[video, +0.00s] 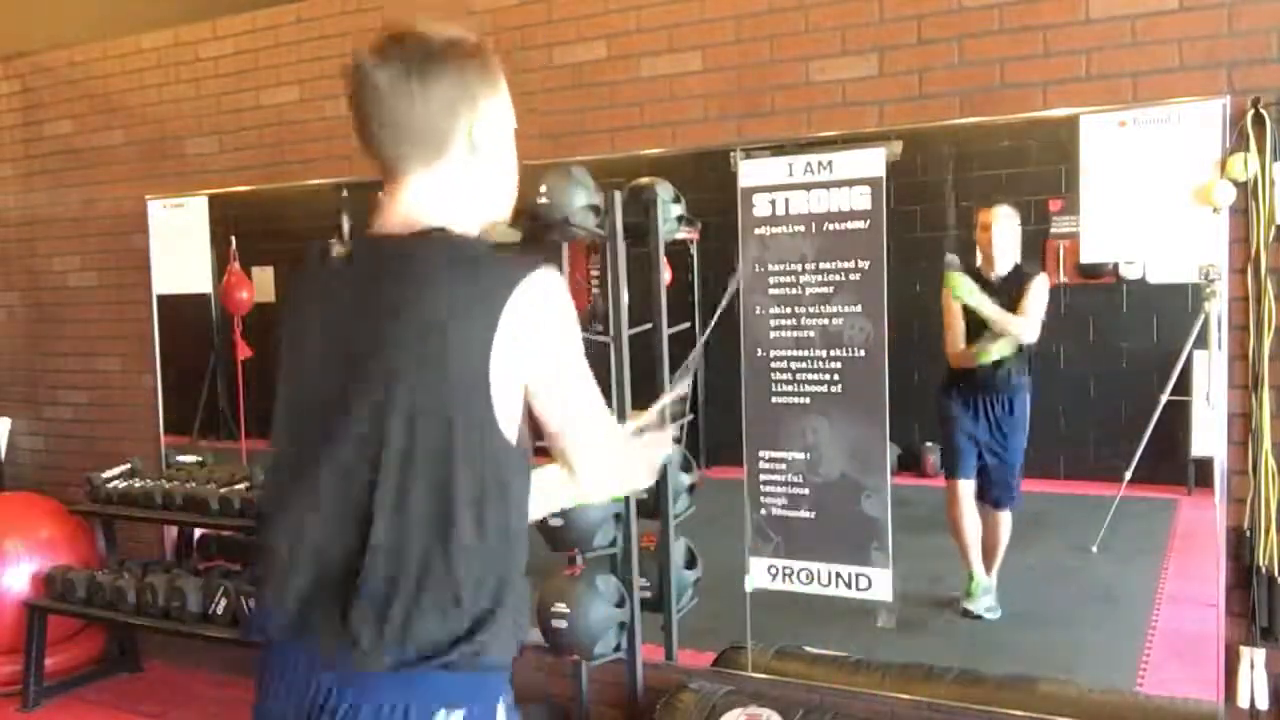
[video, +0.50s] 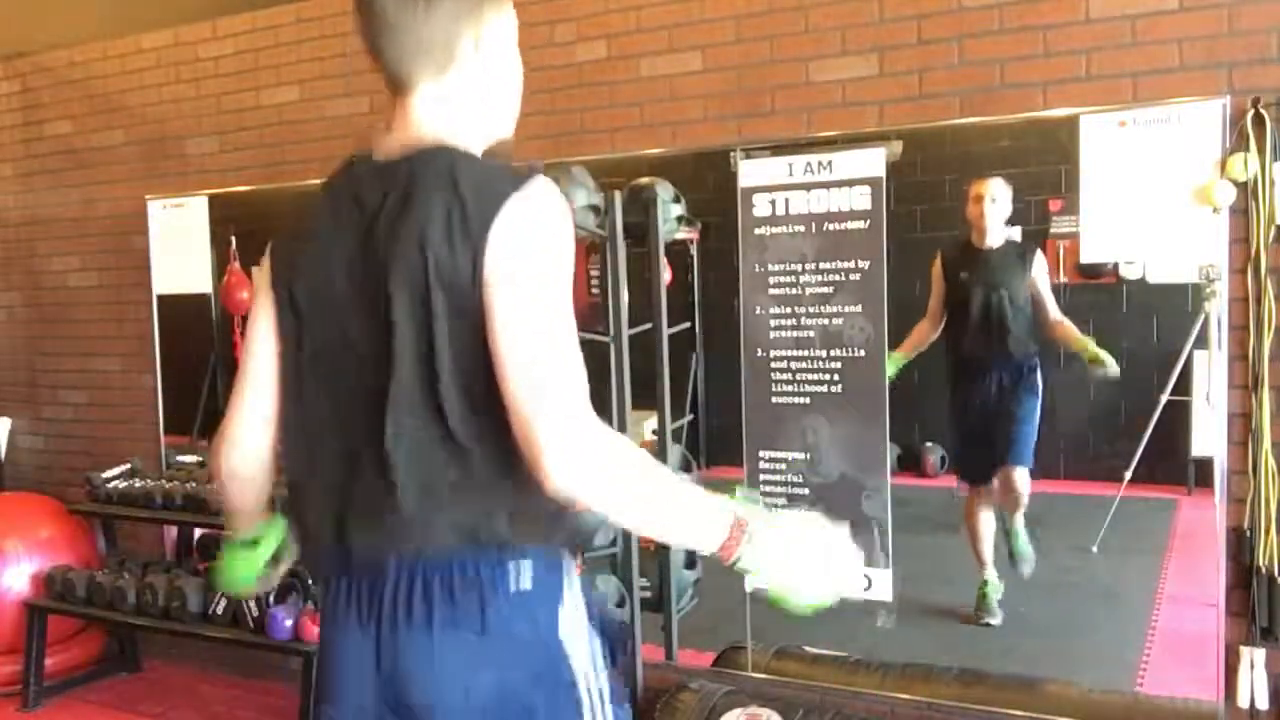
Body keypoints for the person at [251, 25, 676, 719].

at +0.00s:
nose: (517, 153)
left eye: (513, 130)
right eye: (509, 131)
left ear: (379, 142)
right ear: (475, 138)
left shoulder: (315, 289)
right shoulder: (516, 287)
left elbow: (414, 497)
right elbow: (601, 467)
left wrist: (582, 473)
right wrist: (643, 451)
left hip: (295, 675)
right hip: (438, 689)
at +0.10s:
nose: (504, 63)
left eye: (498, 35)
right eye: (496, 32)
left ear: (368, 50)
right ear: (466, 35)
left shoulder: (325, 209)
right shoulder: (513, 203)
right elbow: (579, 460)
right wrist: (671, 460)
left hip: (313, 587)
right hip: (448, 610)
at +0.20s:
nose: (502, 45)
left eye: (496, 22)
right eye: (495, 21)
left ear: (369, 46)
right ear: (467, 26)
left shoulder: (308, 194)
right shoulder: (504, 176)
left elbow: (259, 421)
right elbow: (569, 427)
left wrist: (257, 529)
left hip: (329, 560)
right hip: (468, 570)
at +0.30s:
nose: (506, 121)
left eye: (500, 93)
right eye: (499, 94)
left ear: (374, 115)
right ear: (472, 102)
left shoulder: (298, 272)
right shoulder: (506, 247)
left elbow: (229, 495)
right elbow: (565, 492)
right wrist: (760, 507)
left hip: (352, 631)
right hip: (495, 632)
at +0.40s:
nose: (515, 147)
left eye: (508, 121)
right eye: (507, 122)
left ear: (381, 142)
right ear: (478, 132)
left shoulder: (301, 292)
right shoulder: (509, 289)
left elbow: (230, 508)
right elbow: (583, 534)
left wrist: (330, 447)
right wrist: (777, 504)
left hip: (351, 665)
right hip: (497, 674)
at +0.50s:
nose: (520, 74)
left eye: (514, 46)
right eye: (513, 45)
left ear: (383, 55)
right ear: (484, 48)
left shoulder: (297, 239)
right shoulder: (510, 203)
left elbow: (240, 469)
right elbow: (565, 450)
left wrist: (256, 522)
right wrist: (748, 534)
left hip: (352, 620)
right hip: (501, 613)